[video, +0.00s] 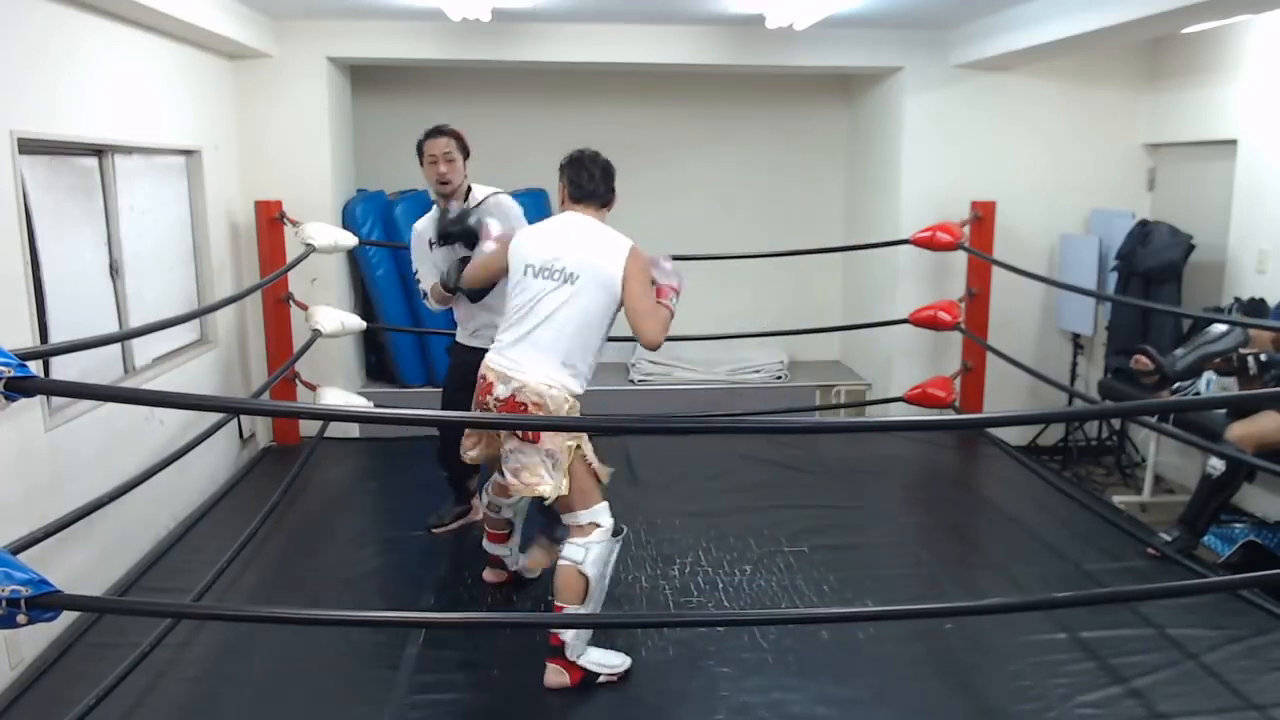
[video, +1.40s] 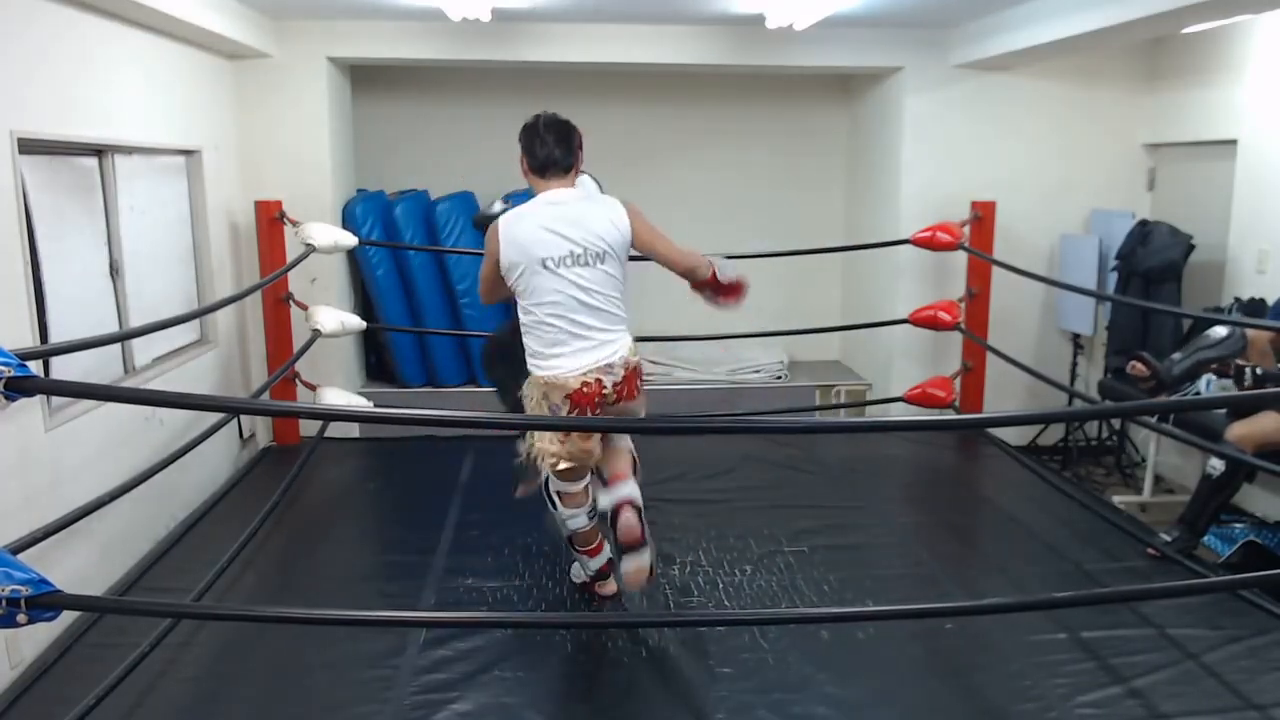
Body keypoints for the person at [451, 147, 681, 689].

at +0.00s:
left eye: (560, 189)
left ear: (561, 193)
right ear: (612, 199)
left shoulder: (527, 237)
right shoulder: (624, 253)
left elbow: (470, 279)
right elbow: (652, 335)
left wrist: (497, 253)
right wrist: (667, 298)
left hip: (492, 386)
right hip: (546, 403)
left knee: (506, 471)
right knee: (592, 526)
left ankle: (499, 562)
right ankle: (566, 656)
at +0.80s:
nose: (621, 194)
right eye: (620, 187)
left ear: (557, 191)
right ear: (614, 194)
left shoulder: (518, 249)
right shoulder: (628, 264)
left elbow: (464, 302)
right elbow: (678, 326)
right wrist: (659, 292)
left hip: (508, 409)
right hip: (565, 421)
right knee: (567, 576)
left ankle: (576, 580)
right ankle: (536, 697)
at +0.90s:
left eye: (538, 181)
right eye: (592, 183)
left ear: (537, 189)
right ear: (593, 188)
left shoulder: (506, 248)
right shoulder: (621, 245)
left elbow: (428, 266)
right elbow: (676, 284)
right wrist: (683, 274)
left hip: (527, 409)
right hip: (592, 412)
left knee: (562, 522)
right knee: (619, 544)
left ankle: (592, 606)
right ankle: (582, 644)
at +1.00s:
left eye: (519, 178)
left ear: (518, 187)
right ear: (573, 184)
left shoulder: (498, 253)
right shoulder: (607, 238)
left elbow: (424, 249)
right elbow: (663, 276)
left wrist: (435, 194)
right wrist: (697, 300)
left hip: (542, 405)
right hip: (612, 391)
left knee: (559, 493)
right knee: (655, 452)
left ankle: (590, 581)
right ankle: (671, 517)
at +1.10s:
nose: (579, 186)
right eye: (576, 179)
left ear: (517, 194)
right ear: (571, 188)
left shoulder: (499, 253)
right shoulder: (605, 240)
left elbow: (460, 258)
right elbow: (661, 291)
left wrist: (491, 209)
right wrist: (712, 337)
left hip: (558, 405)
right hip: (616, 379)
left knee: (564, 495)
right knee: (636, 379)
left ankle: (598, 583)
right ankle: (666, 406)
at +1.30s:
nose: (517, 165)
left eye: (518, 159)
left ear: (522, 165)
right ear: (577, 157)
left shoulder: (504, 227)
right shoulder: (611, 209)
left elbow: (492, 292)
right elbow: (673, 269)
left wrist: (535, 272)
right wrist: (714, 314)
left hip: (565, 383)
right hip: (626, 362)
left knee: (572, 482)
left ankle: (598, 576)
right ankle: (612, 441)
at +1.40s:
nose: (522, 164)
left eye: (521, 158)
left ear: (524, 166)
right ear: (579, 159)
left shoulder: (505, 229)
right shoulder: (616, 213)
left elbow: (491, 292)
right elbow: (686, 263)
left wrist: (533, 270)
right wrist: (708, 276)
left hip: (558, 388)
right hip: (619, 374)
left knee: (572, 490)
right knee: (614, 428)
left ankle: (602, 579)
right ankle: (626, 502)